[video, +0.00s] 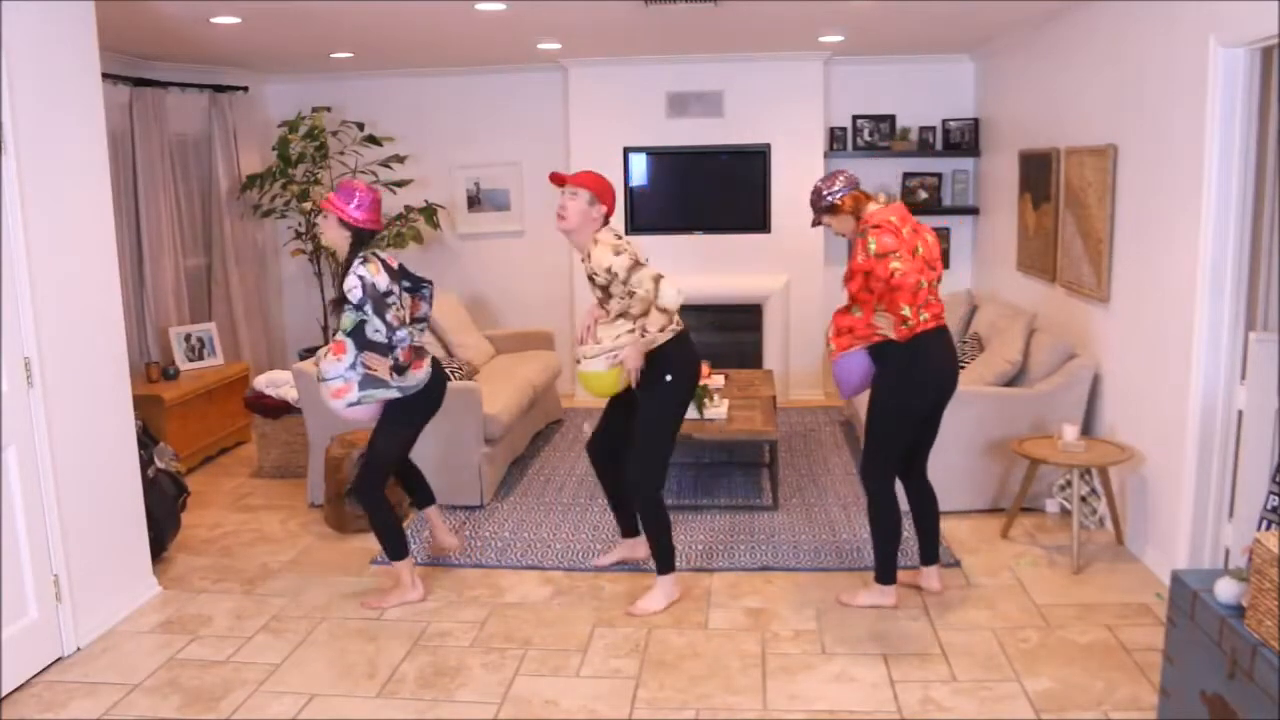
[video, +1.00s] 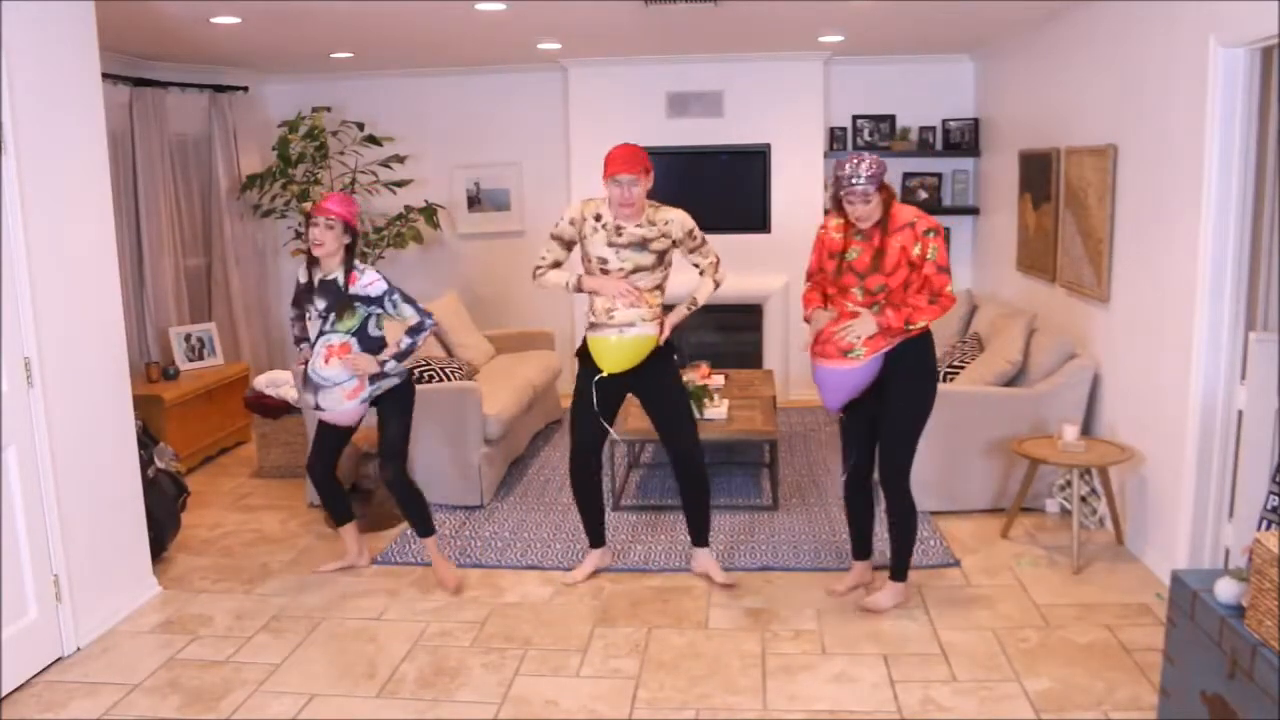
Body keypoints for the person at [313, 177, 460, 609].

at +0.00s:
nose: (320, 224)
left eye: (326, 217)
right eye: (323, 216)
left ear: (346, 226)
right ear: (355, 226)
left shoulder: (360, 276)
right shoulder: (381, 260)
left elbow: (385, 345)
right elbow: (422, 289)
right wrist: (409, 336)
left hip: (412, 392)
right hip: (429, 377)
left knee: (367, 485)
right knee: (394, 457)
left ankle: (408, 583)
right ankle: (442, 534)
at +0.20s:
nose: (312, 224)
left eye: (319, 219)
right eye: (315, 217)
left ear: (340, 231)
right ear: (348, 231)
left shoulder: (352, 280)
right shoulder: (371, 263)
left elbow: (334, 361)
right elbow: (408, 286)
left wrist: (305, 375)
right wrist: (400, 338)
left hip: (405, 394)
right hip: (416, 381)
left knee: (362, 488)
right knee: (377, 465)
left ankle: (408, 583)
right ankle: (387, 539)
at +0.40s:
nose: (308, 227)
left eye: (317, 224)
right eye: (312, 221)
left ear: (338, 237)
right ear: (337, 237)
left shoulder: (351, 286)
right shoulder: (350, 273)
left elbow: (329, 366)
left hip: (403, 393)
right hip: (388, 388)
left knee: (361, 484)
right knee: (351, 462)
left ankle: (409, 582)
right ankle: (359, 543)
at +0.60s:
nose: (306, 227)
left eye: (318, 224)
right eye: (310, 221)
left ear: (340, 240)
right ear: (329, 240)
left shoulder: (352, 290)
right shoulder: (328, 284)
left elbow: (411, 340)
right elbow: (339, 342)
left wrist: (389, 370)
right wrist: (319, 380)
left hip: (392, 393)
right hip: (362, 391)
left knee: (363, 481)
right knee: (337, 463)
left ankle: (410, 583)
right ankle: (357, 548)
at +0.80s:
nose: (305, 229)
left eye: (316, 225)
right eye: (307, 222)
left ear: (339, 240)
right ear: (322, 237)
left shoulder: (357, 288)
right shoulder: (315, 287)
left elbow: (415, 328)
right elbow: (325, 343)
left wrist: (391, 368)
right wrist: (304, 379)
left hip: (385, 390)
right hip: (346, 390)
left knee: (372, 478)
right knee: (323, 465)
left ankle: (411, 579)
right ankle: (356, 552)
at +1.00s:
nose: (316, 233)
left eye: (326, 227)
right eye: (312, 225)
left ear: (346, 237)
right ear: (306, 232)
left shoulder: (364, 280)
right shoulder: (307, 279)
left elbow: (422, 323)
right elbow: (298, 325)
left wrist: (381, 362)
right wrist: (304, 358)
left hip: (390, 384)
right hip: (344, 388)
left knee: (392, 470)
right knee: (320, 467)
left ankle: (436, 556)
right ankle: (355, 551)